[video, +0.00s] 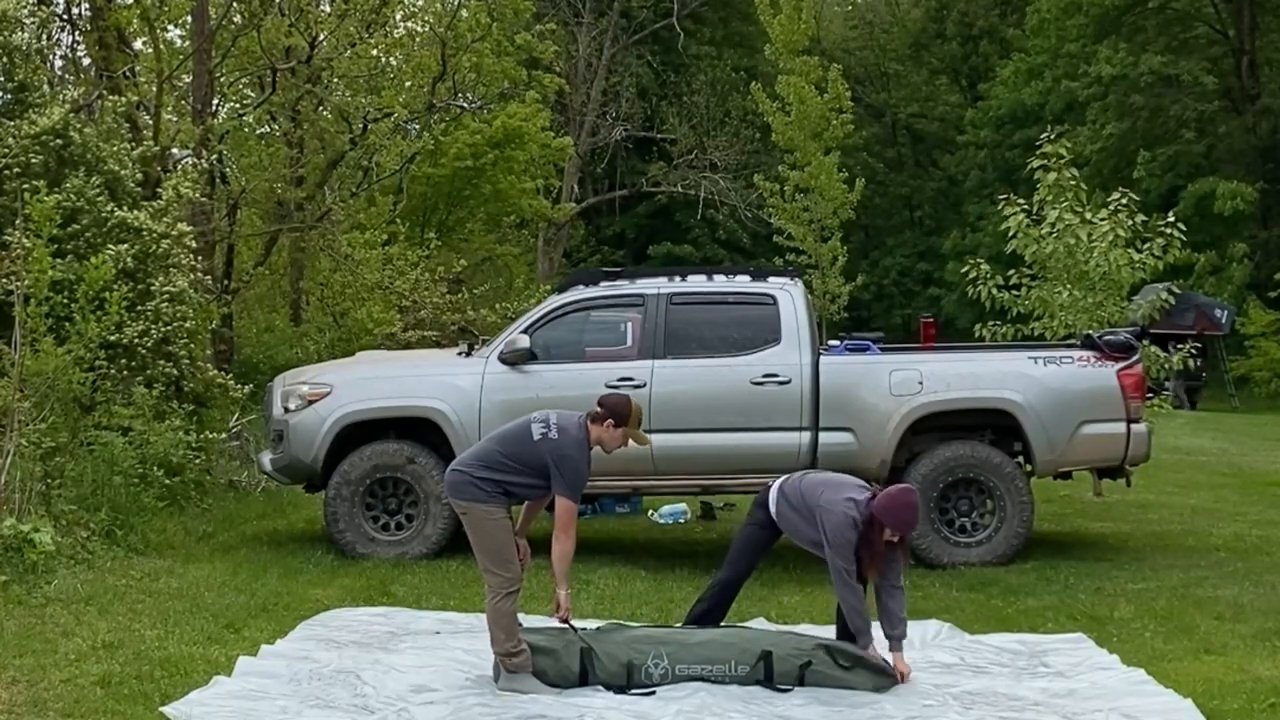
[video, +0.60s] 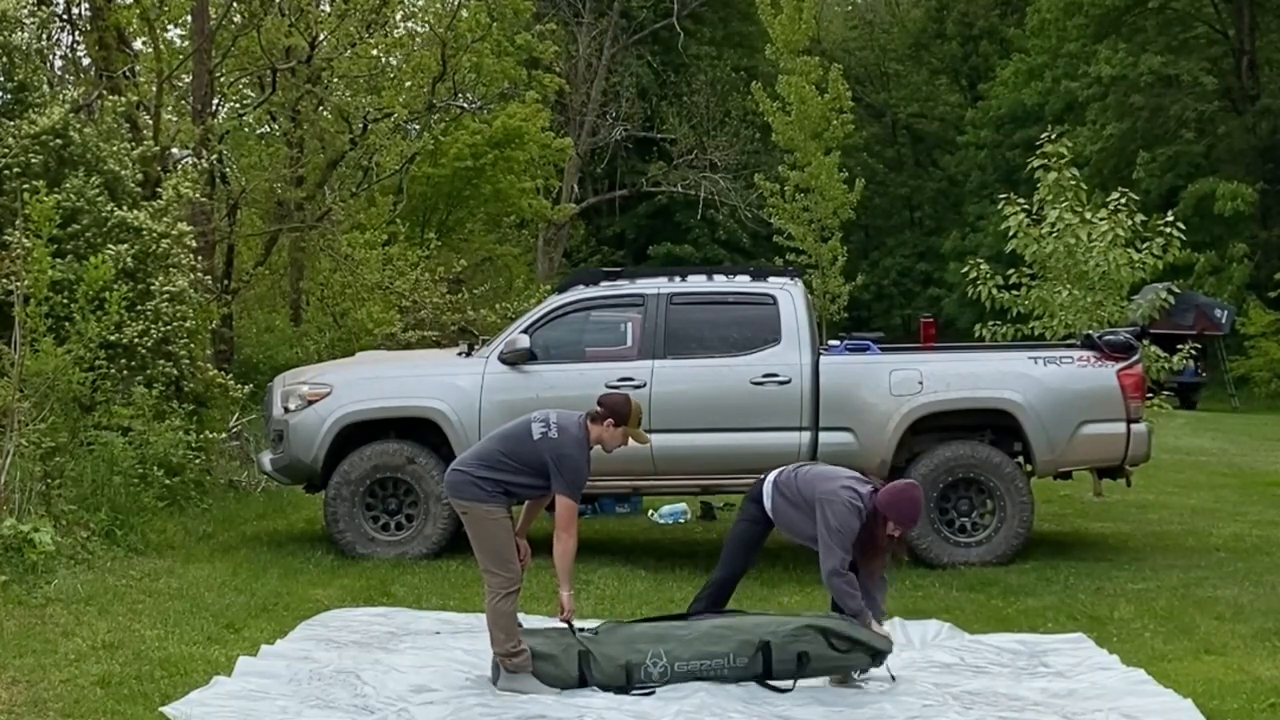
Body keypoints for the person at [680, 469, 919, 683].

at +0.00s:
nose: (892, 538)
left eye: (898, 533)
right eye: (889, 529)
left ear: (905, 529)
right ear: (875, 517)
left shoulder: (894, 527)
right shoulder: (843, 514)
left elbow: (892, 585)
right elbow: (846, 585)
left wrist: (897, 650)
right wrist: (868, 645)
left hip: (828, 514)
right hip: (779, 498)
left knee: (855, 583)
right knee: (731, 576)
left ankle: (847, 656)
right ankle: (689, 639)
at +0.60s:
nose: (894, 532)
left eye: (902, 528)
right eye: (892, 524)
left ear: (908, 524)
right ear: (880, 510)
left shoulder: (880, 514)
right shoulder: (842, 503)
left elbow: (872, 574)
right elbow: (834, 572)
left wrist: (875, 621)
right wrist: (867, 620)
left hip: (820, 510)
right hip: (770, 494)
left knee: (852, 576)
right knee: (726, 576)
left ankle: (841, 662)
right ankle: (686, 638)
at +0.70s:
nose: (892, 510)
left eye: (897, 505)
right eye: (890, 503)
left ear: (899, 499)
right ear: (874, 489)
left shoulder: (873, 500)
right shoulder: (832, 483)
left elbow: (863, 555)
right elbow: (822, 550)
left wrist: (864, 590)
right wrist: (860, 587)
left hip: (805, 509)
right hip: (759, 490)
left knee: (839, 582)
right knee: (719, 576)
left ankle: (840, 669)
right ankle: (685, 650)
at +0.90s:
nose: (877, 470)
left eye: (883, 464)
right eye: (875, 461)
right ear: (860, 450)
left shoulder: (856, 464)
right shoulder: (820, 448)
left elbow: (838, 514)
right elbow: (808, 508)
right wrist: (845, 546)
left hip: (789, 496)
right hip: (746, 482)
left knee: (823, 568)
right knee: (712, 570)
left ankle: (839, 665)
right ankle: (667, 657)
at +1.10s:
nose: (850, 443)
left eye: (859, 440)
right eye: (848, 434)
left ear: (867, 440)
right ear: (838, 421)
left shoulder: (854, 459)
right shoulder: (805, 431)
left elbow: (836, 500)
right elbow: (779, 487)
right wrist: (826, 511)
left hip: (791, 499)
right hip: (744, 484)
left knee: (818, 571)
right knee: (714, 566)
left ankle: (838, 659)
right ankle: (689, 649)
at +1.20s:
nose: (836, 409)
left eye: (845, 406)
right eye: (834, 401)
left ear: (858, 408)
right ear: (829, 393)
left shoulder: (858, 435)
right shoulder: (805, 410)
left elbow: (850, 489)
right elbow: (767, 458)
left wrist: (827, 528)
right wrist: (810, 484)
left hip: (813, 503)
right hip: (766, 491)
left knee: (833, 578)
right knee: (730, 568)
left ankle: (839, 665)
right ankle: (681, 647)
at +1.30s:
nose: (819, 386)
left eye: (827, 383)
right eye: (817, 378)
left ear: (845, 387)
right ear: (813, 373)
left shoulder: (855, 425)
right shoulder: (795, 391)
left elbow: (850, 483)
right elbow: (762, 434)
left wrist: (820, 518)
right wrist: (803, 463)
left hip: (821, 500)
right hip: (773, 487)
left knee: (827, 572)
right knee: (732, 557)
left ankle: (836, 662)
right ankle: (719, 645)